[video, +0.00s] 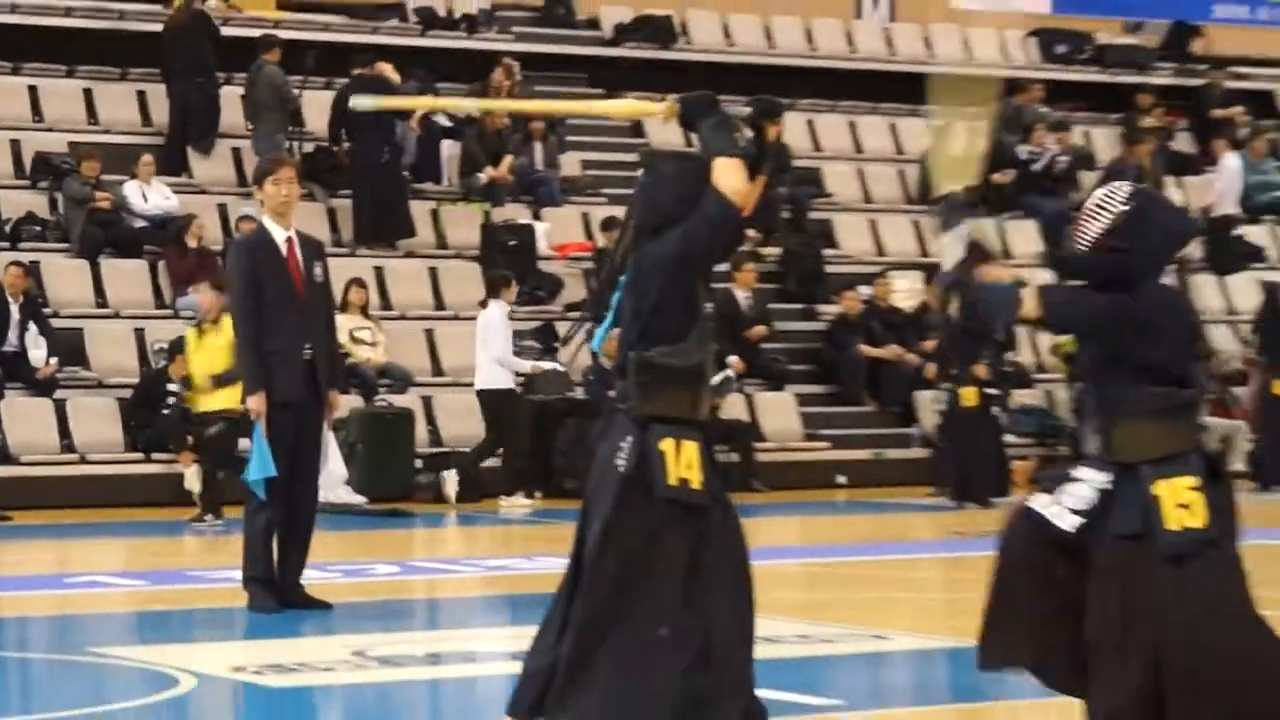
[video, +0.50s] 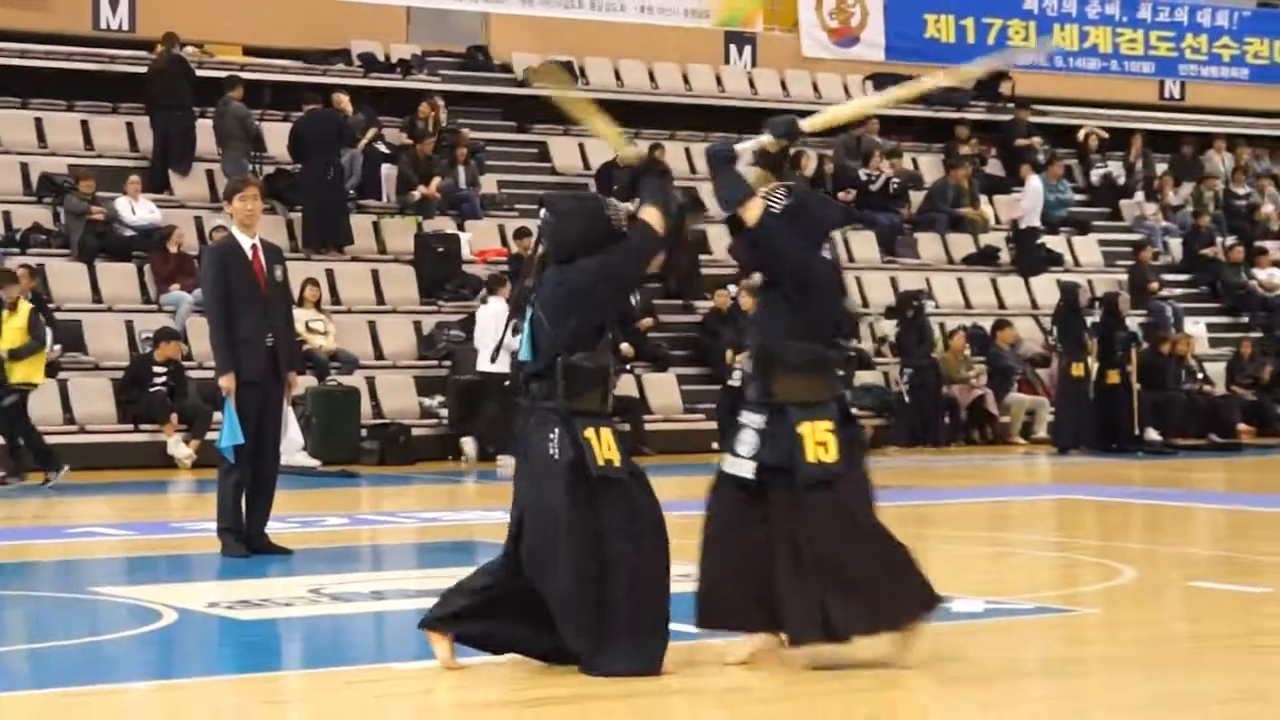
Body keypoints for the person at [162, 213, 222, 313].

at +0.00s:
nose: (202, 229)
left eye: (201, 226)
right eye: (198, 226)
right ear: (187, 228)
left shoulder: (206, 251)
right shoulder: (174, 250)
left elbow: (217, 278)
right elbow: (180, 276)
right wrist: (192, 249)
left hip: (208, 291)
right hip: (184, 294)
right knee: (209, 303)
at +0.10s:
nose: (190, 233)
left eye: (190, 229)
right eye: (186, 229)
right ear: (175, 232)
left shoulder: (195, 254)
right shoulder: (163, 252)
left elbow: (204, 280)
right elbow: (167, 278)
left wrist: (190, 287)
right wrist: (180, 251)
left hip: (197, 292)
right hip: (172, 293)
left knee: (216, 298)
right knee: (196, 303)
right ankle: (187, 345)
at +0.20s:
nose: (176, 237)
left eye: (177, 234)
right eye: (173, 233)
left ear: (178, 236)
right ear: (162, 235)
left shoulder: (181, 256)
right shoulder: (150, 255)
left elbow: (191, 281)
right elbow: (154, 279)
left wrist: (176, 288)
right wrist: (167, 255)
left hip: (184, 293)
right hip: (160, 295)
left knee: (200, 298)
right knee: (183, 305)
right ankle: (170, 343)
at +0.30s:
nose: (166, 239)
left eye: (167, 236)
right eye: (163, 236)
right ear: (152, 239)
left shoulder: (171, 258)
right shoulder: (141, 257)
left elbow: (180, 283)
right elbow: (144, 280)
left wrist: (165, 288)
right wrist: (157, 256)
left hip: (174, 294)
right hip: (150, 295)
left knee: (191, 298)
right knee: (172, 304)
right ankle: (161, 341)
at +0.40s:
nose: (171, 241)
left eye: (171, 237)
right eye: (168, 237)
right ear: (157, 240)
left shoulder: (175, 259)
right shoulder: (146, 258)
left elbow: (184, 282)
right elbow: (151, 279)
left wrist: (170, 288)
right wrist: (162, 256)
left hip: (178, 292)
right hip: (156, 294)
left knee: (197, 298)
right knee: (176, 303)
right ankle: (166, 340)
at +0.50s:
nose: (180, 240)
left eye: (181, 237)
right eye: (177, 236)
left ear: (182, 239)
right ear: (168, 239)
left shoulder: (186, 257)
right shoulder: (157, 257)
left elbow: (194, 280)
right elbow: (162, 276)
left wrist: (181, 285)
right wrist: (172, 255)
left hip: (188, 291)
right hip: (166, 292)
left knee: (206, 295)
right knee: (187, 300)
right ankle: (176, 336)